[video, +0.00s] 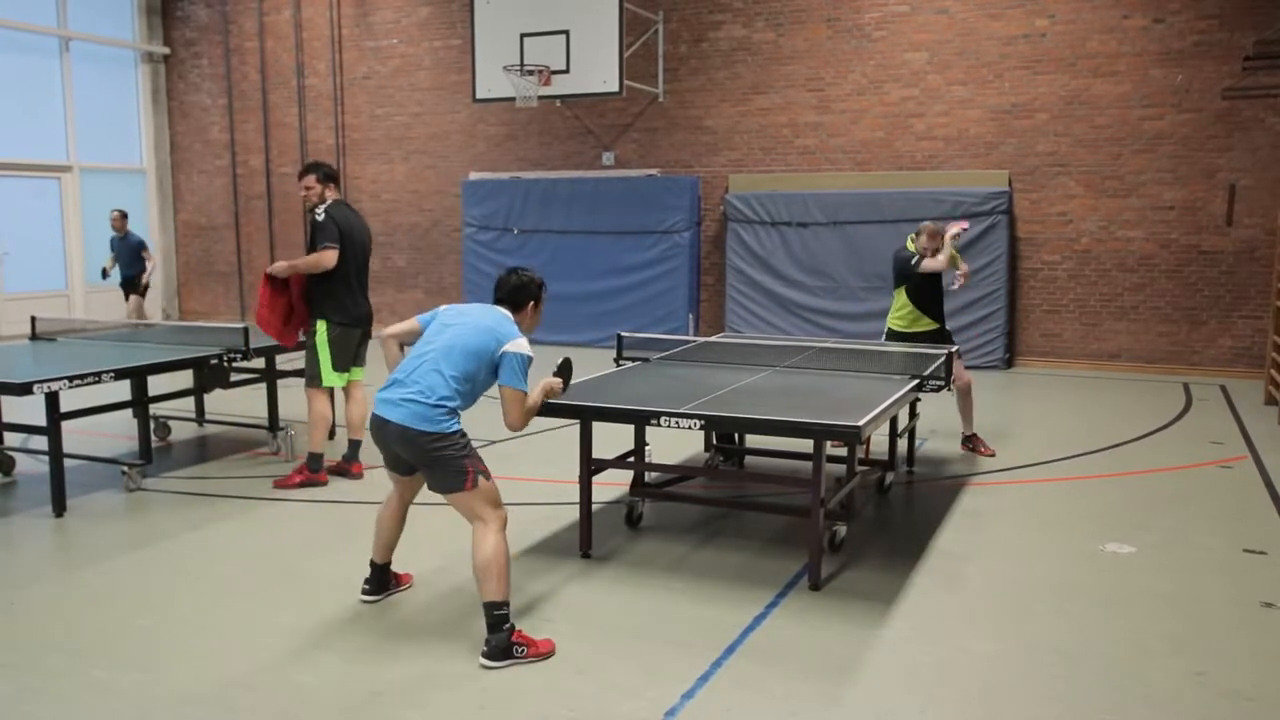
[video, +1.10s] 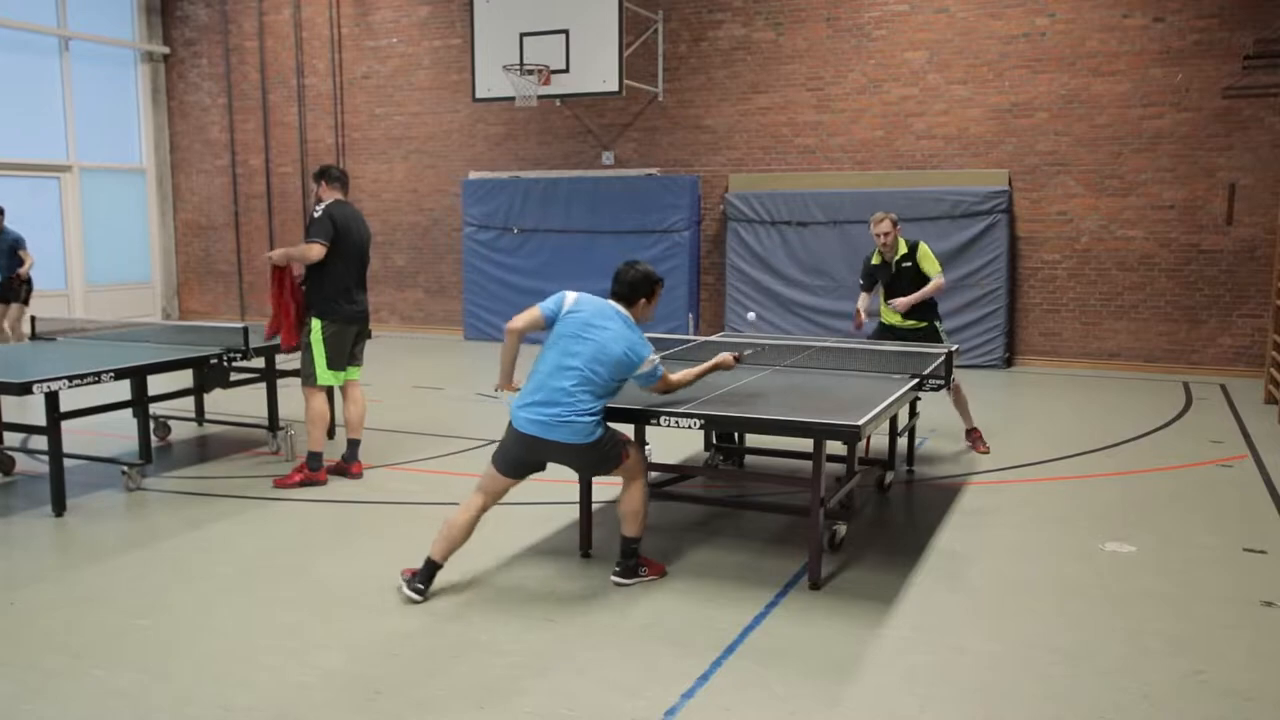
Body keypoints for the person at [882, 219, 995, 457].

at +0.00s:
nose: (929, 254)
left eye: (934, 249)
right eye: (925, 249)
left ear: (940, 243)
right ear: (916, 240)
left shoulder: (942, 251)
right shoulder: (903, 257)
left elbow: (959, 262)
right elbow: (940, 265)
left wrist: (962, 272)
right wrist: (948, 239)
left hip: (934, 331)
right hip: (900, 332)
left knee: (963, 382)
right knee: (880, 383)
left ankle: (969, 435)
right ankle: (858, 431)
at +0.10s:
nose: (927, 269)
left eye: (931, 264)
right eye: (922, 263)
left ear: (937, 259)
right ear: (913, 255)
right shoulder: (898, 267)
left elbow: (953, 266)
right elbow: (931, 289)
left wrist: (966, 277)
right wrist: (944, 265)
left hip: (932, 336)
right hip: (896, 338)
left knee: (967, 383)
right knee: (875, 385)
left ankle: (969, 436)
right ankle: (857, 434)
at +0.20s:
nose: (923, 283)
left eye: (928, 279)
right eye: (918, 277)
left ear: (935, 271)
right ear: (910, 268)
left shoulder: (939, 268)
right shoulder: (893, 278)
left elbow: (957, 277)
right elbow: (884, 313)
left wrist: (976, 290)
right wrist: (918, 302)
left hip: (932, 341)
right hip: (896, 343)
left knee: (971, 388)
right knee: (878, 389)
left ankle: (969, 437)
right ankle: (860, 437)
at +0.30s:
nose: (918, 287)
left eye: (923, 283)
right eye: (914, 282)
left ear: (932, 275)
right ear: (905, 273)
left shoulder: (939, 277)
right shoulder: (891, 282)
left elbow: (957, 284)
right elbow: (851, 290)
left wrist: (979, 297)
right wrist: (876, 299)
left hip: (934, 351)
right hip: (897, 353)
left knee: (972, 391)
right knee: (871, 391)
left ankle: (969, 437)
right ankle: (858, 435)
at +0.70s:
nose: (910, 254)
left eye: (915, 249)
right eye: (906, 249)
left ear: (926, 246)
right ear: (901, 248)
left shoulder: (945, 261)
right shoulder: (894, 268)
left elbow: (974, 282)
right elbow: (865, 289)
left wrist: (969, 305)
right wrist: (871, 298)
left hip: (940, 334)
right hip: (903, 332)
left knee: (965, 388)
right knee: (871, 378)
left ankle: (971, 436)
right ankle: (863, 436)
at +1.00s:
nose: (890, 243)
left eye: (894, 238)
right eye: (885, 239)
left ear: (905, 236)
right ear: (880, 239)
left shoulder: (924, 254)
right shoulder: (876, 265)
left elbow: (951, 282)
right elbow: (866, 294)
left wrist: (932, 303)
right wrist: (866, 307)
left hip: (927, 331)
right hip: (891, 331)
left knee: (953, 383)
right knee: (869, 381)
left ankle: (973, 434)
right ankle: (864, 441)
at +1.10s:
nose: (882, 240)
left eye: (886, 234)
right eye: (877, 236)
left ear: (897, 232)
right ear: (873, 237)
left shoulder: (917, 249)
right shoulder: (873, 260)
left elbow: (939, 282)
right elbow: (866, 291)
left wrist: (909, 300)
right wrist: (860, 310)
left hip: (924, 328)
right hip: (889, 328)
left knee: (950, 380)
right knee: (863, 374)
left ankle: (971, 430)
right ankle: (861, 432)